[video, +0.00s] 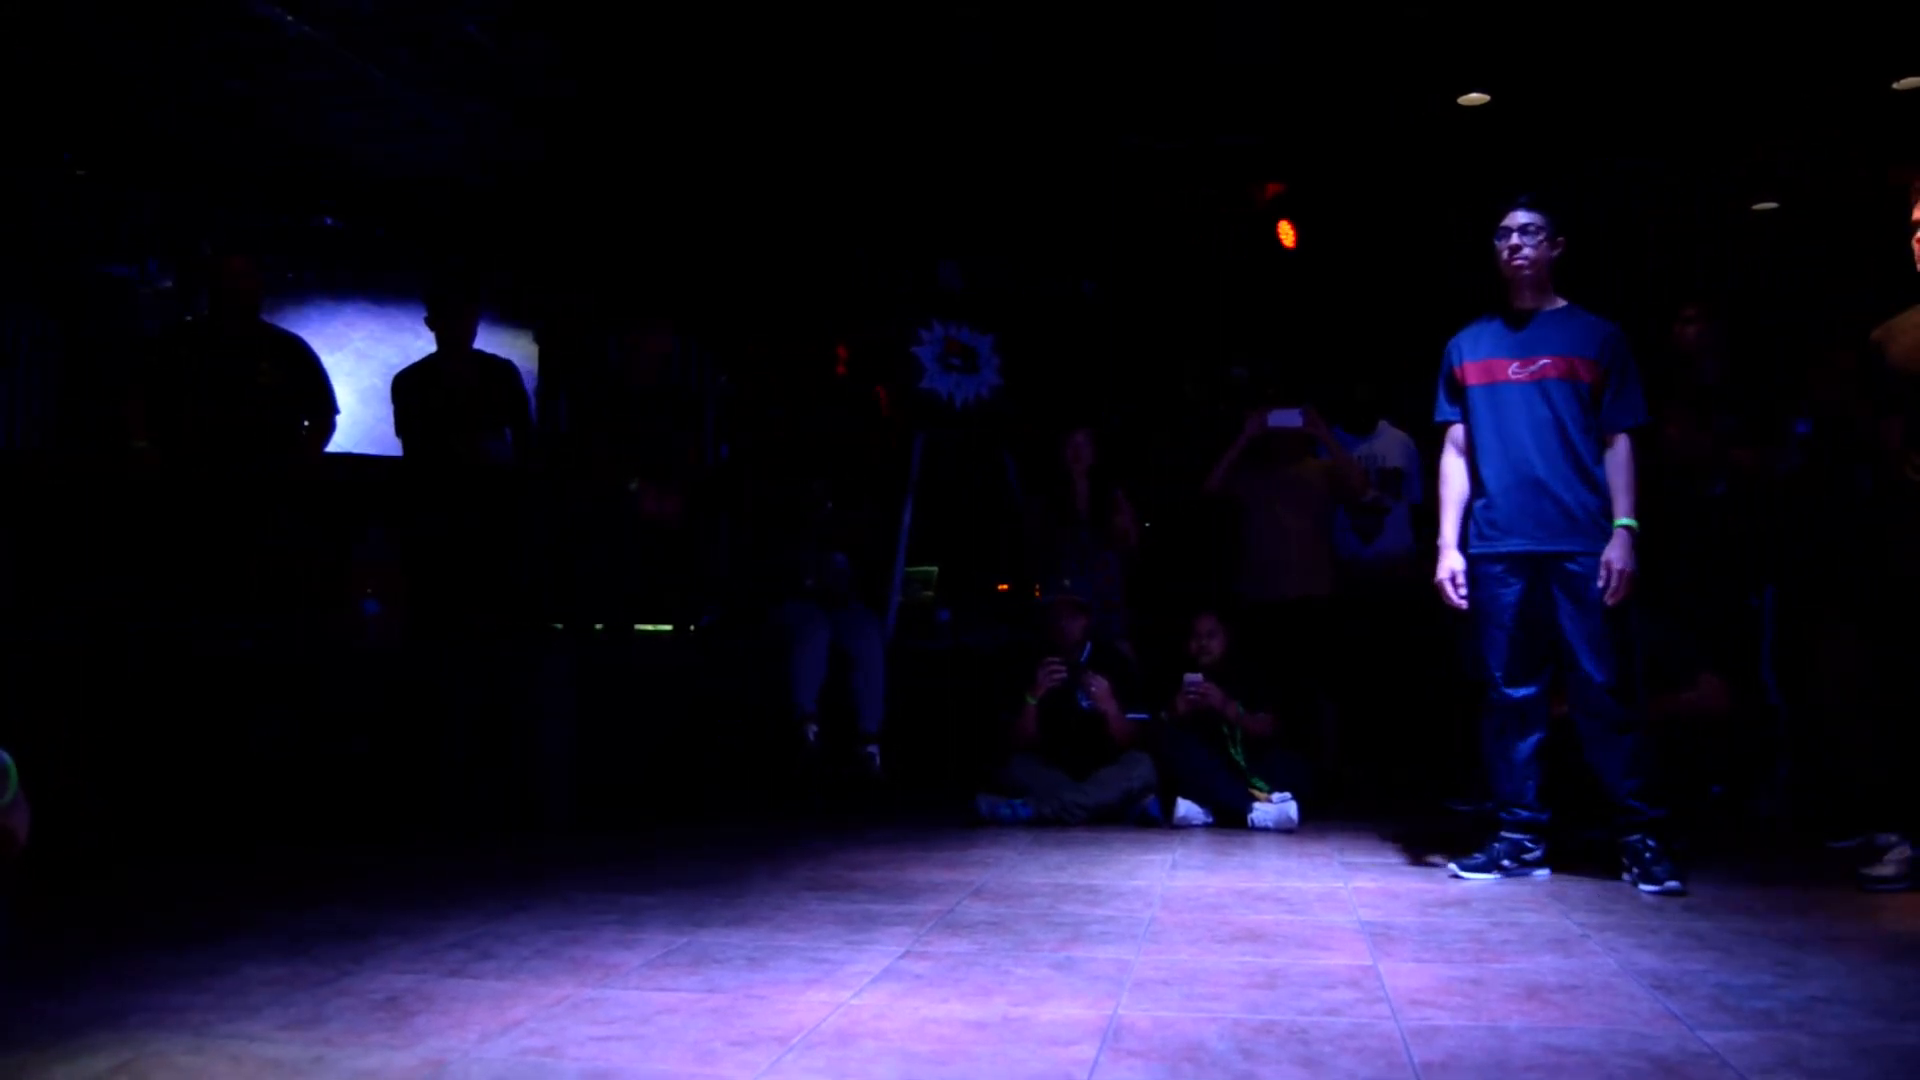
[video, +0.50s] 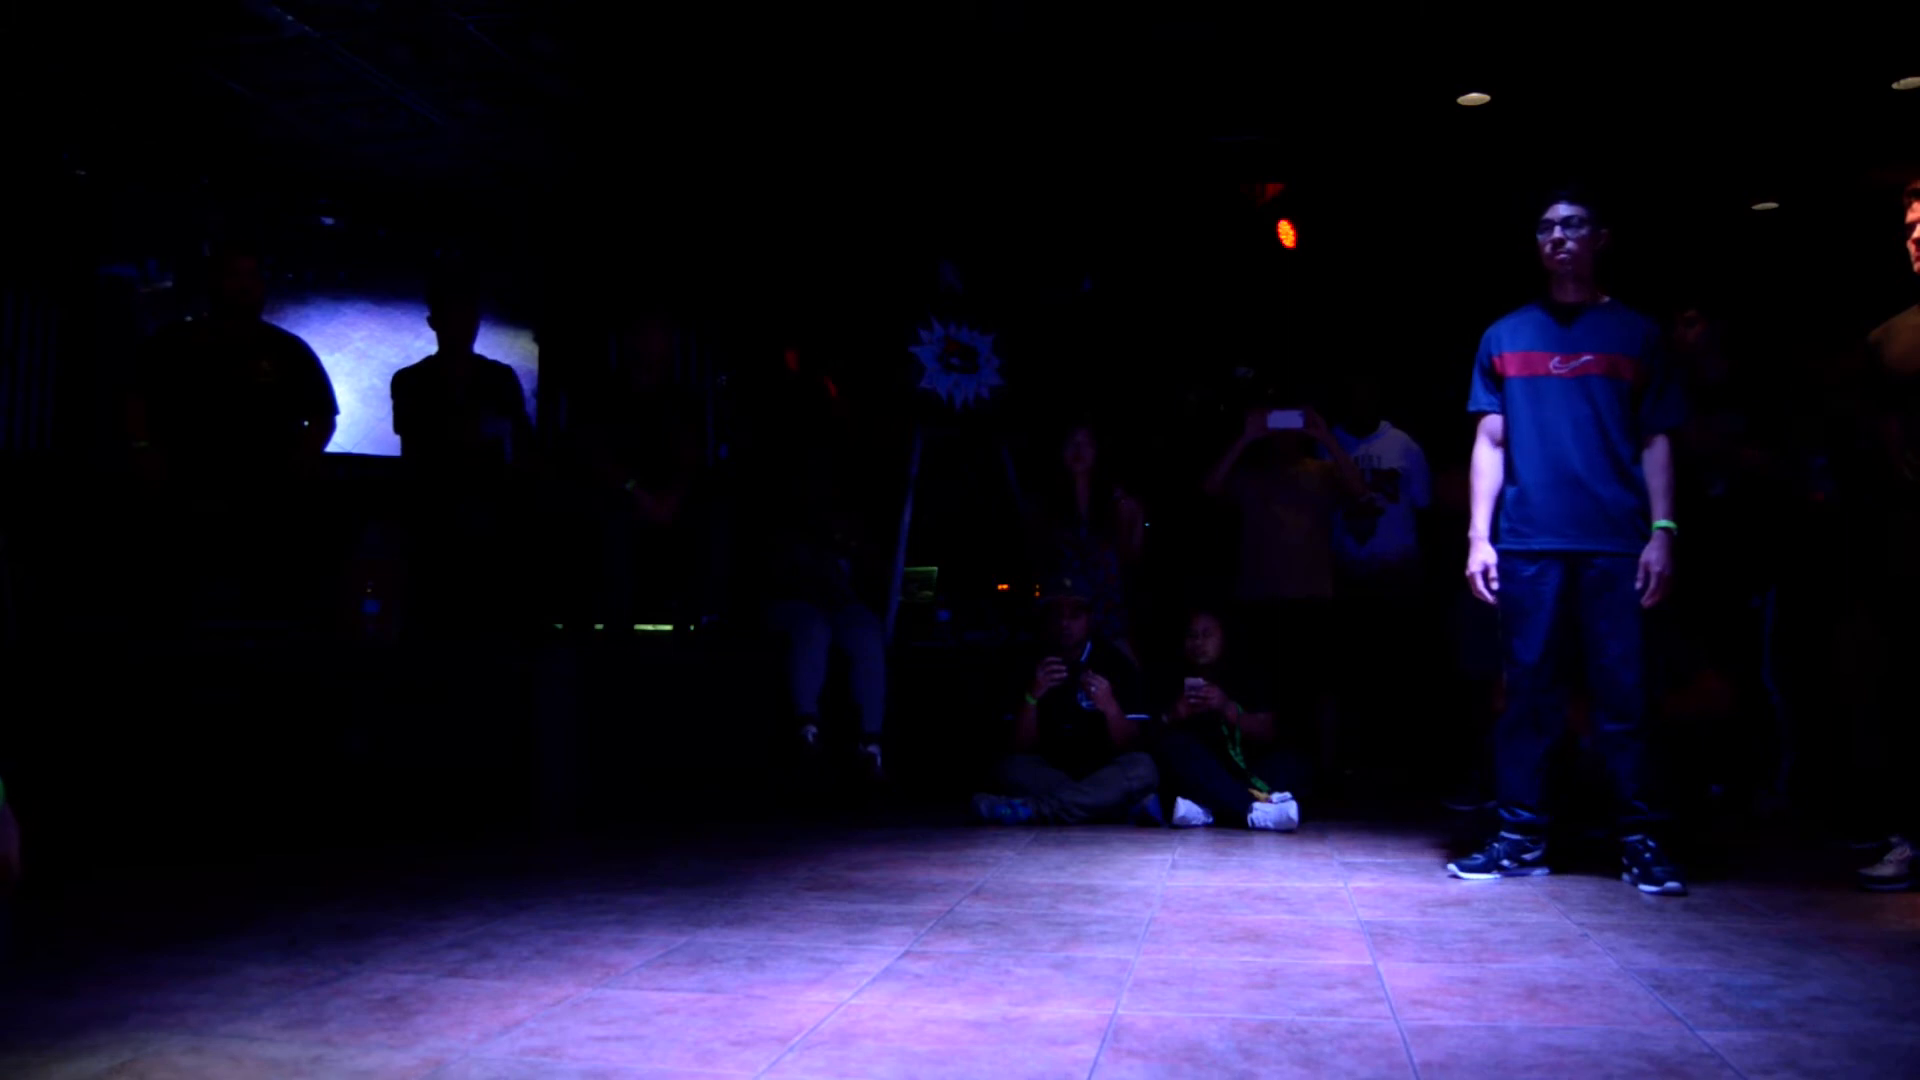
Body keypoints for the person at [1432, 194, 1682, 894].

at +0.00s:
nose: (1516, 246)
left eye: (1529, 235)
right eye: (1506, 237)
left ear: (1555, 248)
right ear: (1495, 253)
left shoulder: (1594, 337)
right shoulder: (1467, 346)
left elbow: (1616, 440)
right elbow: (1456, 450)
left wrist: (1623, 531)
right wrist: (1448, 545)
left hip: (1578, 542)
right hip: (1498, 545)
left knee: (1604, 691)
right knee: (1512, 694)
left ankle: (1640, 842)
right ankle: (1518, 837)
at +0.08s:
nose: (1525, 245)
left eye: (1538, 234)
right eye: (1515, 235)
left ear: (1563, 246)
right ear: (1502, 251)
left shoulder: (1600, 336)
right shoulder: (1473, 344)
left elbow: (1622, 440)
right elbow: (1463, 448)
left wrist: (1631, 530)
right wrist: (1458, 545)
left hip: (1585, 541)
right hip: (1504, 543)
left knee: (1604, 691)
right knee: (1515, 694)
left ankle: (1640, 841)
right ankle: (1519, 836)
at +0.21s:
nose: (1535, 242)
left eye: (1548, 231)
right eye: (1525, 232)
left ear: (1574, 244)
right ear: (1512, 248)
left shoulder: (1611, 334)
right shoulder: (1482, 342)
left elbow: (1633, 440)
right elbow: (1472, 446)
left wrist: (1642, 531)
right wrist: (1468, 543)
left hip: (1595, 540)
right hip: (1513, 541)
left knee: (1608, 690)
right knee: (1519, 692)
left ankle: (1638, 840)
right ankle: (1519, 836)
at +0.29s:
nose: (1541, 242)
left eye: (1555, 230)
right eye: (1531, 232)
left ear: (1581, 241)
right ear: (1518, 246)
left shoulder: (1618, 334)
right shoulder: (1489, 340)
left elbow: (1638, 440)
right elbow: (1477, 444)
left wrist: (1648, 531)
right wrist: (1472, 540)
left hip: (1600, 540)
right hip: (1518, 541)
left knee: (1612, 692)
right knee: (1521, 691)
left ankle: (1639, 841)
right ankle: (1519, 836)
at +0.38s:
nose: (1549, 241)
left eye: (1562, 230)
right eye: (1539, 231)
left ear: (1589, 242)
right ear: (1527, 247)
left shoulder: (1624, 334)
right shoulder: (1495, 338)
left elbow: (1644, 440)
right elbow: (1481, 443)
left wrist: (1653, 532)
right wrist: (1475, 538)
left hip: (1605, 542)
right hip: (1522, 542)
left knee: (1617, 693)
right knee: (1523, 692)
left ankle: (1639, 841)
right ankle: (1520, 836)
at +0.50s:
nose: (1559, 239)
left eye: (1572, 228)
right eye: (1548, 230)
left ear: (1600, 240)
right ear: (1537, 245)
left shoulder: (1635, 333)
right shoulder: (1505, 336)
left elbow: (1655, 440)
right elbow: (1489, 440)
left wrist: (1662, 531)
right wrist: (1479, 536)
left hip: (1614, 542)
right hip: (1528, 543)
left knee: (1622, 694)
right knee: (1527, 691)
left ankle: (1639, 841)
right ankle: (1520, 836)